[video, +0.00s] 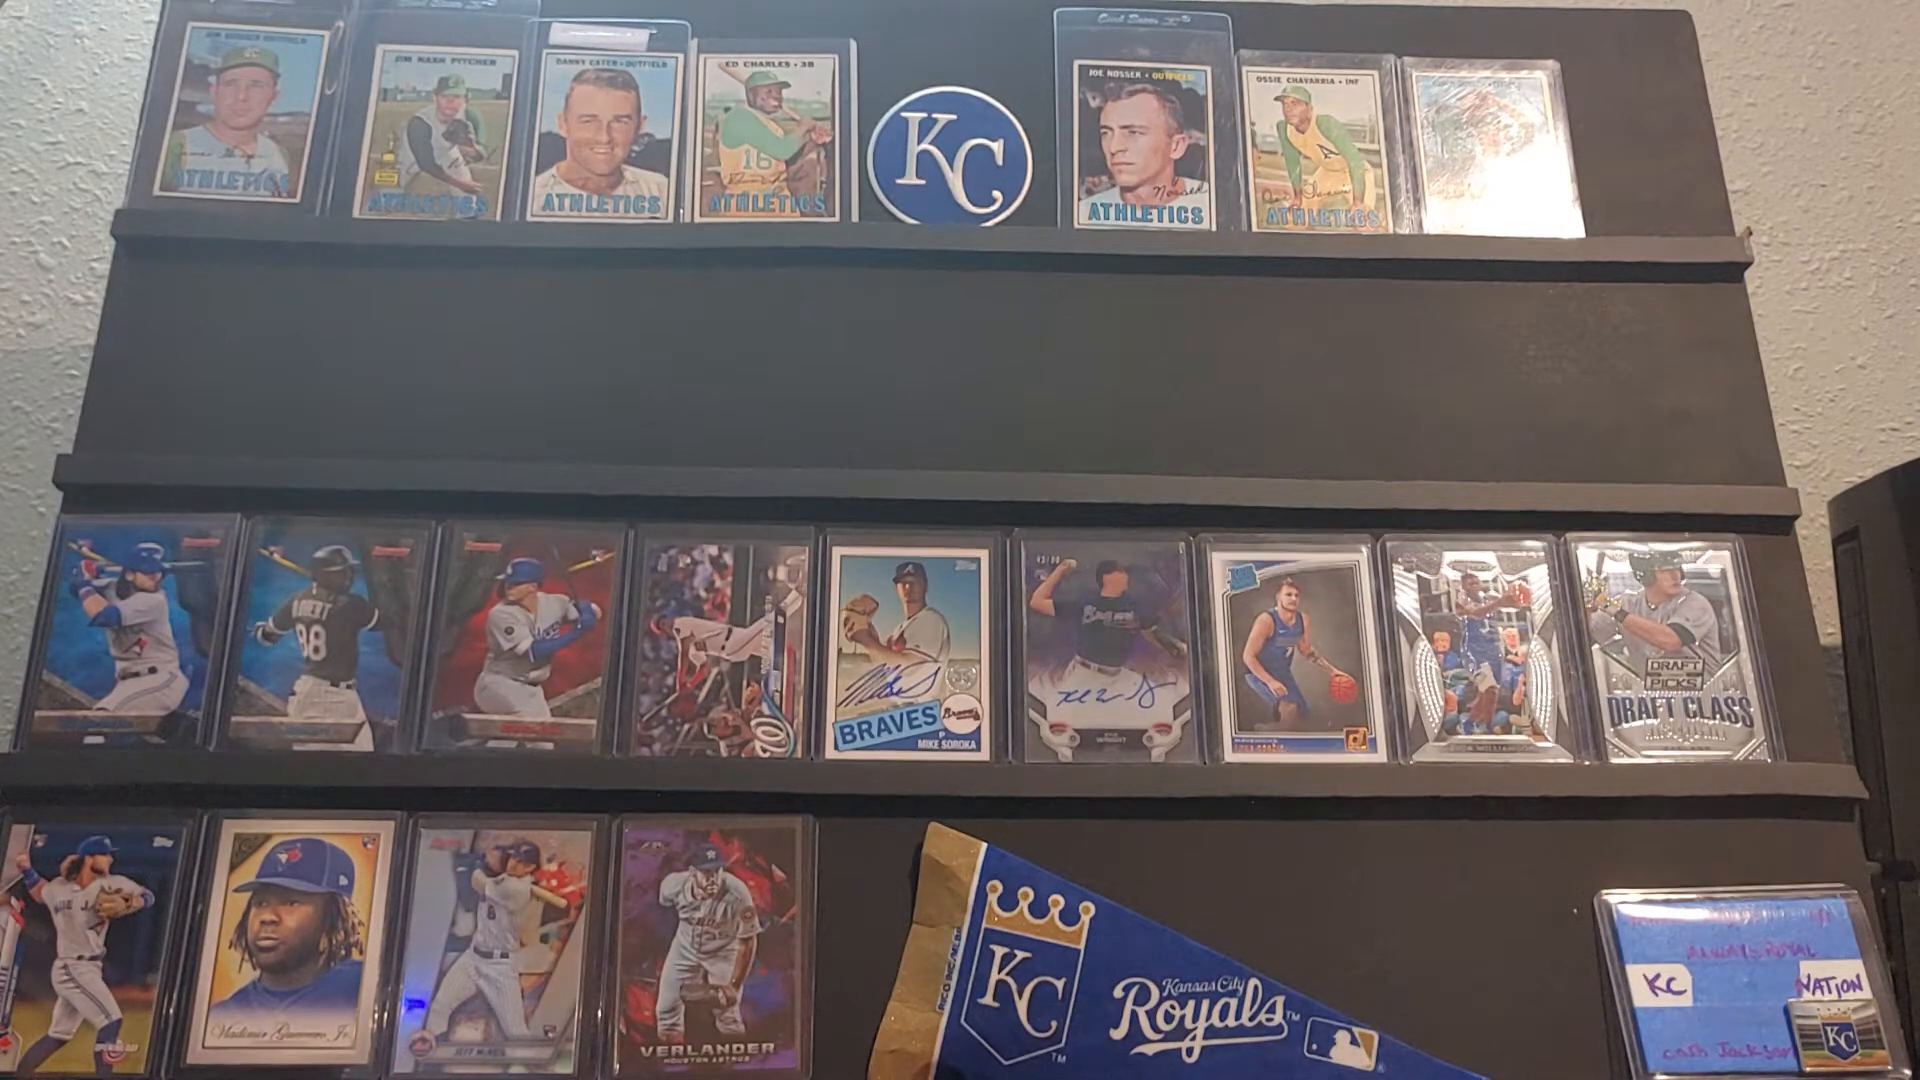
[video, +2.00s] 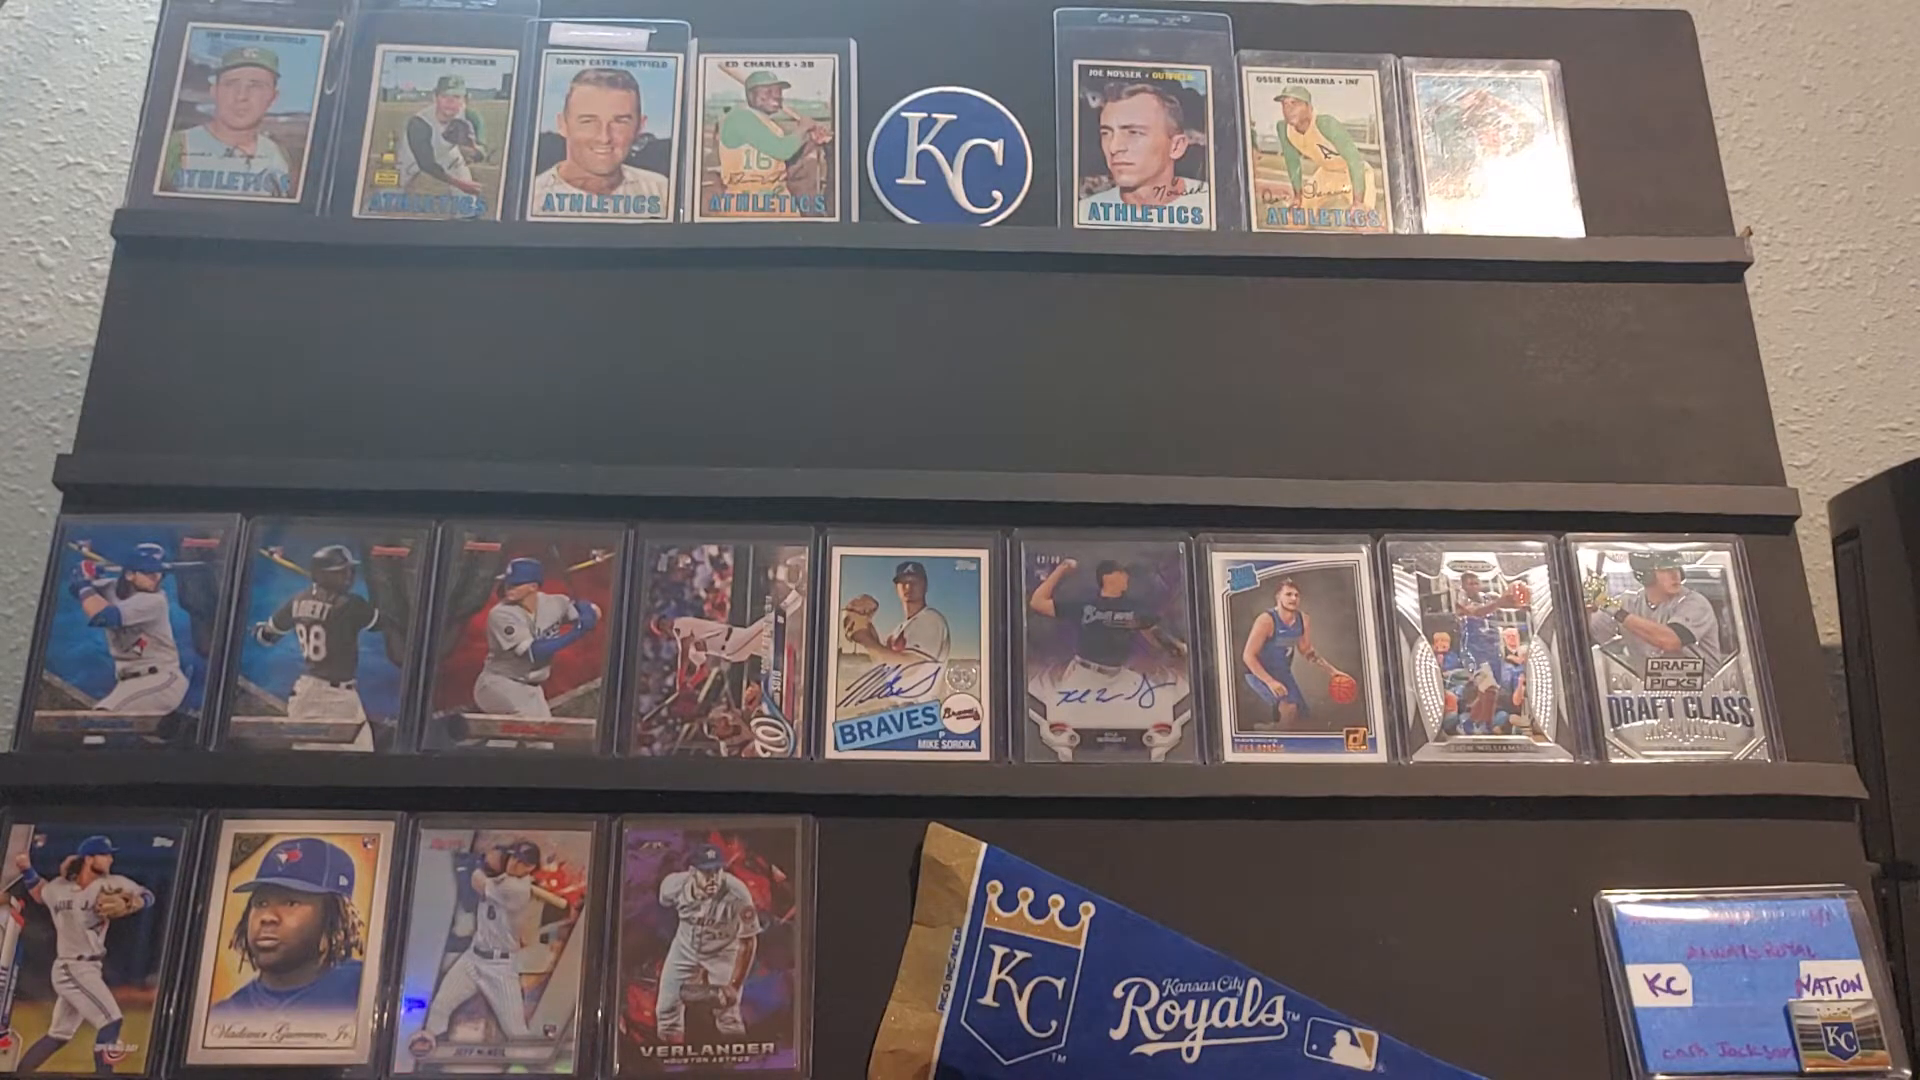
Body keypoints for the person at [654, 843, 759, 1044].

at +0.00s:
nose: (711, 878)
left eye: (715, 871)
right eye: (705, 872)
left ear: (722, 869)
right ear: (693, 871)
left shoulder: (738, 893)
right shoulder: (673, 885)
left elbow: (748, 941)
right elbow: (666, 907)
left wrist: (735, 985)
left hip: (724, 953)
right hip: (684, 947)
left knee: (727, 1014)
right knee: (666, 1009)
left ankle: (740, 1068)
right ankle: (674, 1071)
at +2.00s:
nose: (712, 879)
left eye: (716, 872)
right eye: (705, 872)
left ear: (722, 870)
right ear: (692, 871)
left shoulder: (738, 894)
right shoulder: (672, 886)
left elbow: (749, 942)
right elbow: (667, 909)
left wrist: (735, 985)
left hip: (724, 954)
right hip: (684, 948)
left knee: (727, 1015)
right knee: (666, 1009)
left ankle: (740, 1068)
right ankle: (673, 1069)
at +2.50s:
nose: (712, 878)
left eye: (716, 871)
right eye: (705, 872)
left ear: (722, 869)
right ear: (693, 870)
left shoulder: (738, 893)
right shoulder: (673, 886)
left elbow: (749, 941)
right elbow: (667, 910)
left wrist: (735, 985)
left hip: (724, 953)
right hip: (684, 948)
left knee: (727, 1015)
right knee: (666, 1009)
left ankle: (740, 1068)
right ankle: (673, 1071)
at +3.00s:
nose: (711, 878)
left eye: (716, 871)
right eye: (706, 872)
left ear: (722, 869)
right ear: (693, 870)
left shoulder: (738, 893)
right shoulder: (673, 885)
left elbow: (748, 941)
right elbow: (667, 907)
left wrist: (734, 985)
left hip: (724, 954)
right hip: (684, 947)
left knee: (727, 1014)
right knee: (666, 1009)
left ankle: (741, 1068)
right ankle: (674, 1069)